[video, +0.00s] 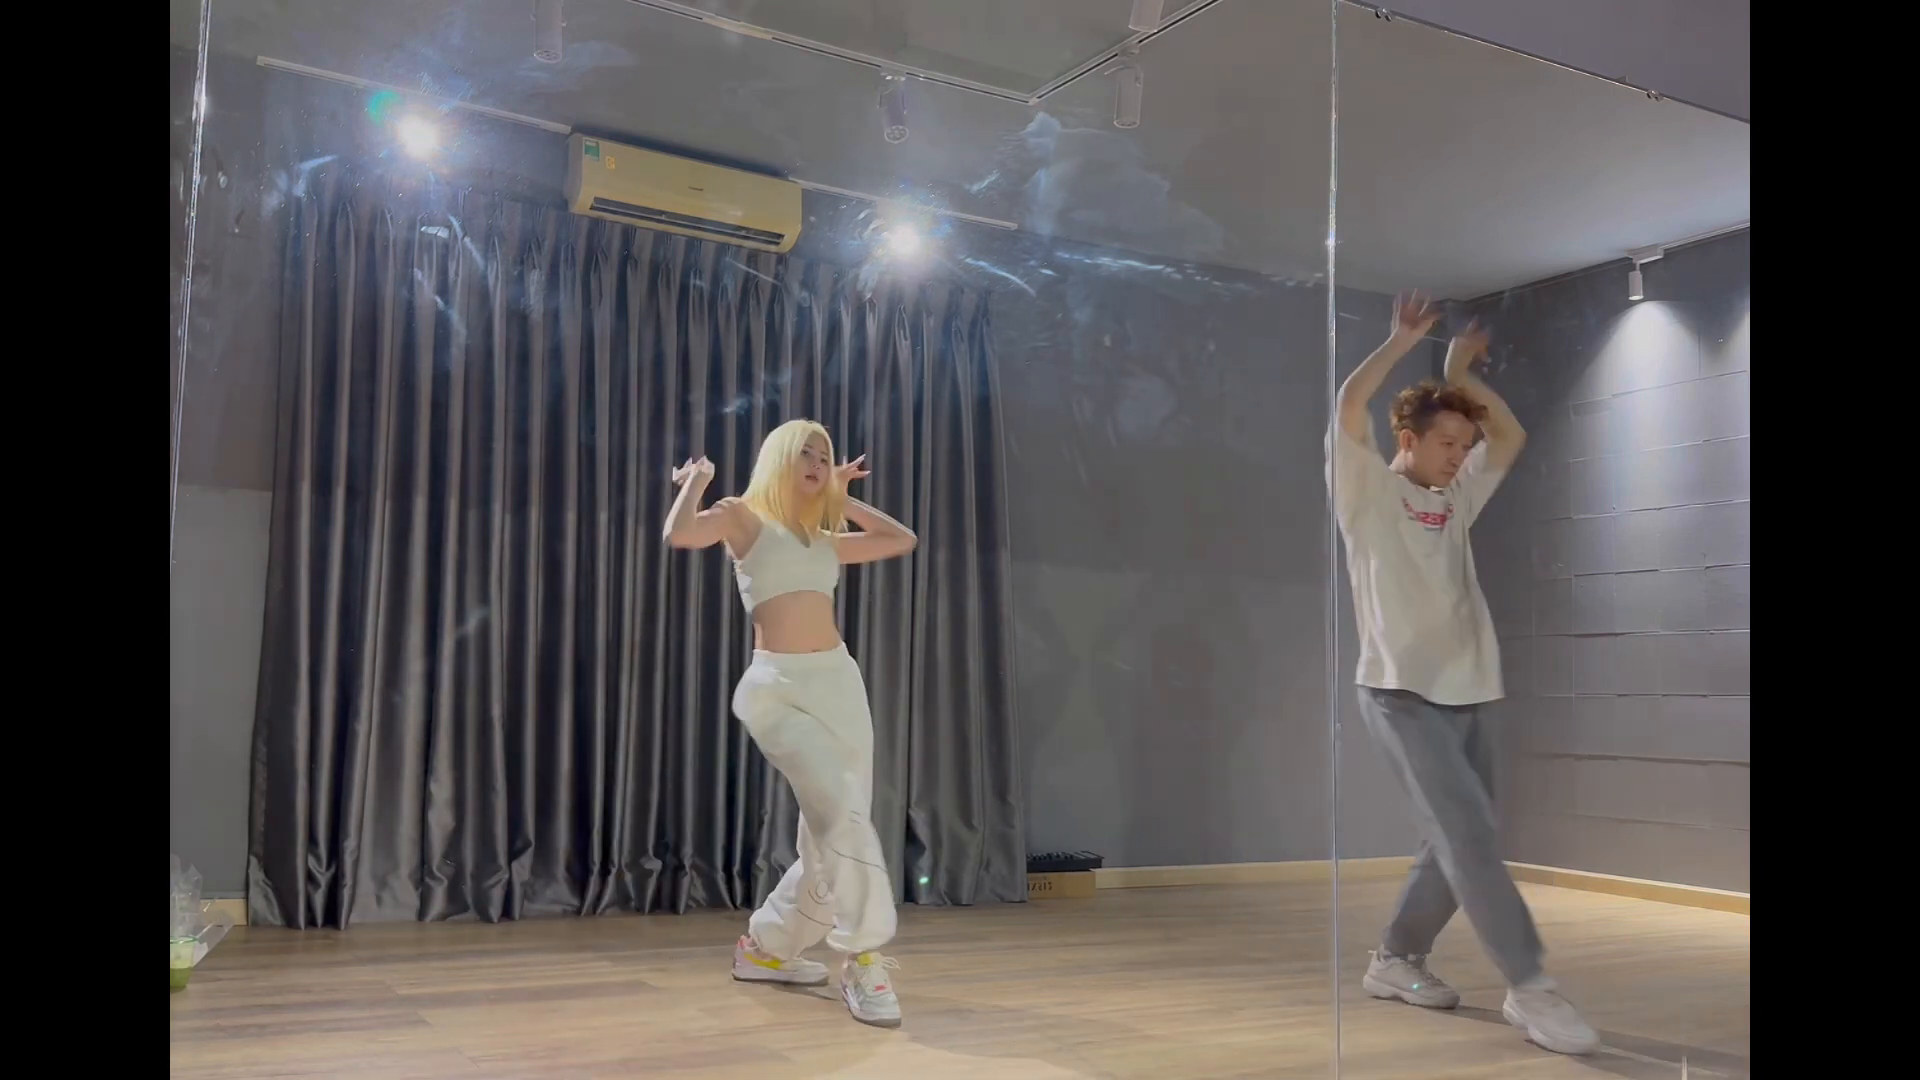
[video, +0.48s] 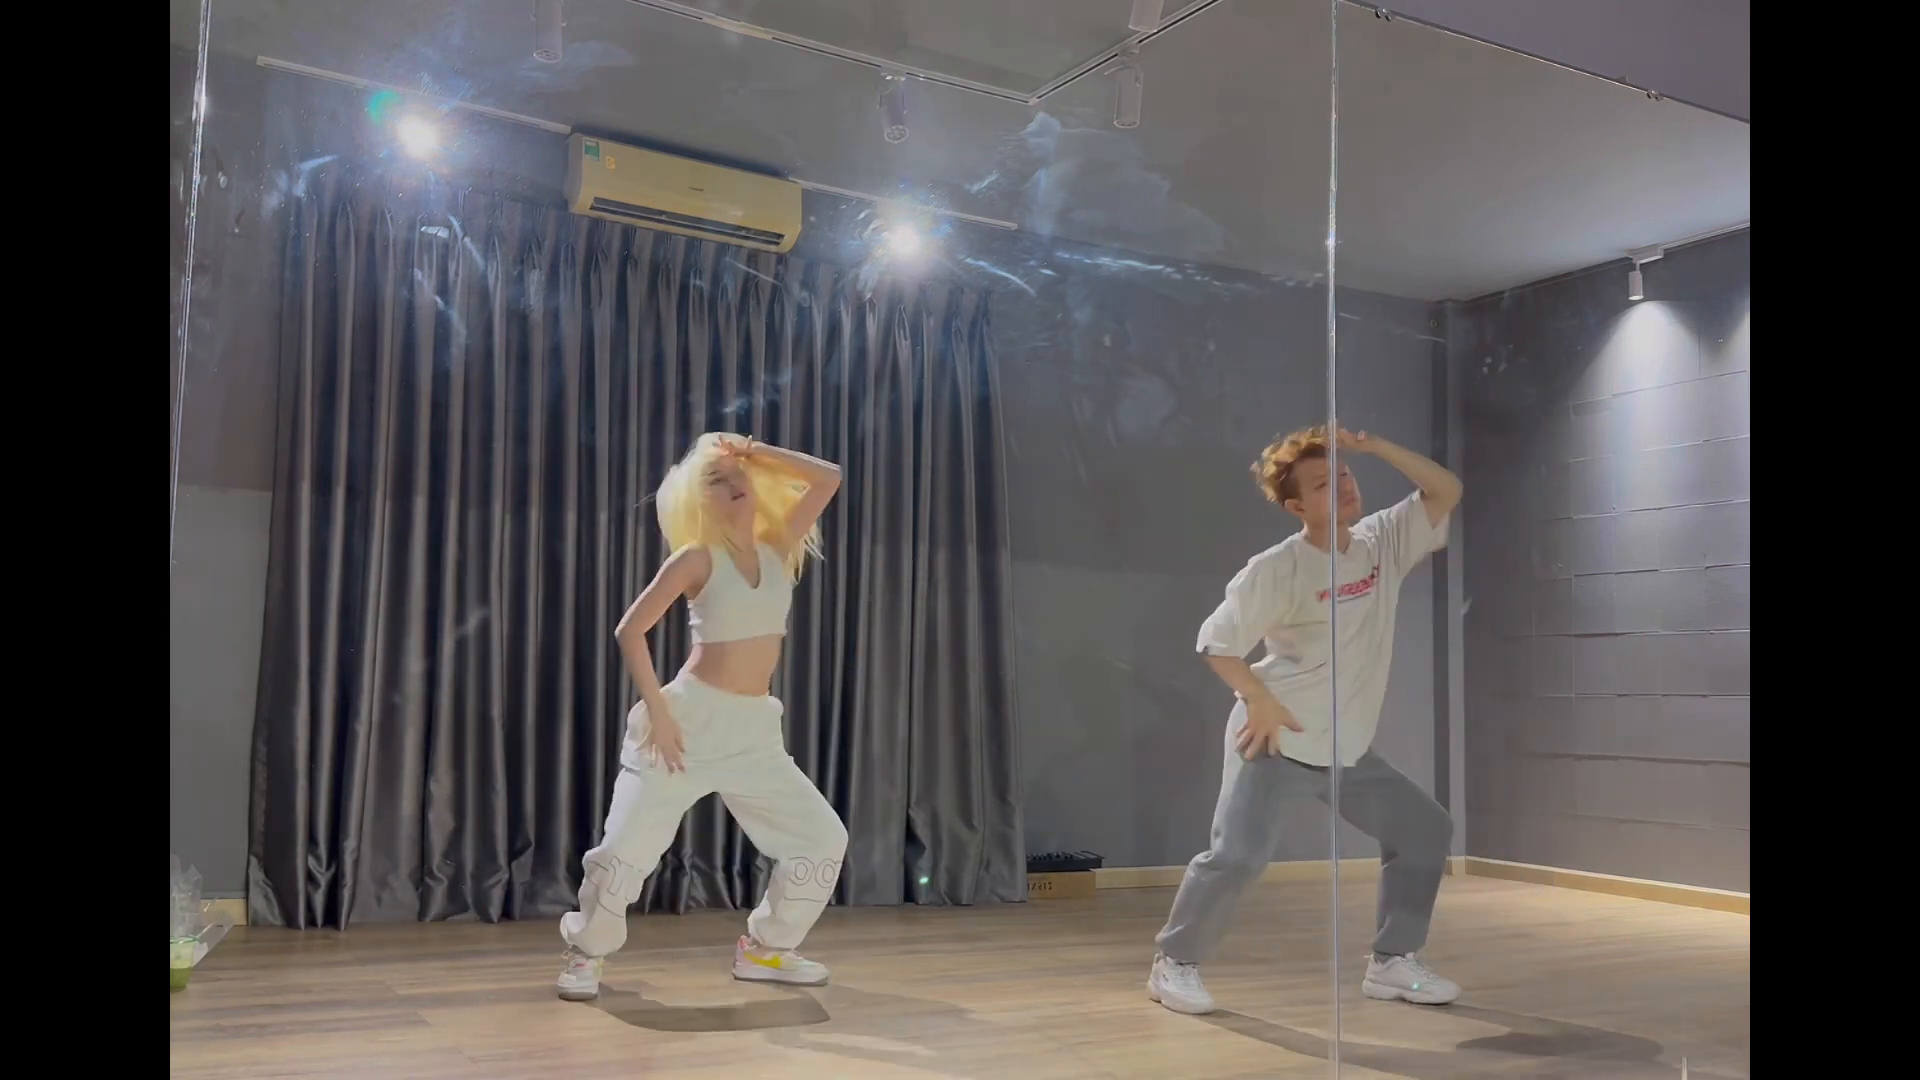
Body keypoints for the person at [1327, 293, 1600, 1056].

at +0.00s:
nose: (1459, 458)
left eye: (1466, 446)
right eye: (1449, 443)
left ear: (1466, 449)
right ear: (1409, 438)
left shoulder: (1458, 497)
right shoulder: (1367, 491)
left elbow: (1508, 438)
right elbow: (1349, 404)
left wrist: (1466, 374)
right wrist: (1400, 342)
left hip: (1469, 692)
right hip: (1402, 692)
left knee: (1465, 830)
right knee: (1468, 829)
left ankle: (1397, 961)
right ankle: (1529, 988)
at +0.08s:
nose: (1446, 453)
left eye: (1452, 443)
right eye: (1436, 439)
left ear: (1456, 449)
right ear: (1397, 436)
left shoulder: (1450, 508)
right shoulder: (1353, 500)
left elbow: (1524, 482)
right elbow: (1329, 455)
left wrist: (1468, 429)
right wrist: (1366, 400)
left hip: (1446, 697)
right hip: (1374, 695)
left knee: (1442, 827)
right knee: (1432, 806)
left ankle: (1394, 963)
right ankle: (1470, 951)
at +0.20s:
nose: (1421, 462)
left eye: (1431, 456)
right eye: (1412, 445)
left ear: (1432, 466)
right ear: (1374, 438)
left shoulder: (1425, 529)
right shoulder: (1319, 491)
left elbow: (1488, 559)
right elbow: (1321, 559)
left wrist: (1476, 494)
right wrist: (1380, 499)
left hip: (1425, 698)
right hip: (1353, 689)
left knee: (1442, 832)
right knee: (1382, 790)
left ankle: (1397, 962)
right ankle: (1330, 920)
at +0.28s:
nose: (1396, 485)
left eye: (1407, 476)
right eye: (1392, 467)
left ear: (1411, 476)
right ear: (1358, 448)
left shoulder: (1400, 527)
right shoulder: (1301, 505)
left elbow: (1436, 577)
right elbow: (1316, 599)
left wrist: (1463, 485)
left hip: (1407, 704)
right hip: (1338, 703)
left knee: (1442, 830)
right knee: (1330, 822)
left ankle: (1396, 964)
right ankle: (1238, 927)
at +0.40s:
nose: (1362, 484)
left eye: (1366, 471)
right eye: (1344, 475)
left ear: (1373, 473)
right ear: (1309, 489)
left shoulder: (1386, 536)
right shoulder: (1287, 543)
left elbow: (1448, 525)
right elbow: (1243, 630)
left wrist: (1405, 453)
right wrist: (1293, 688)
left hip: (1363, 736)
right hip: (1292, 728)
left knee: (1435, 832)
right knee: (1260, 847)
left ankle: (1393, 963)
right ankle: (1179, 960)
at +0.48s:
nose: (1345, 487)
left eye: (1346, 475)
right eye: (1327, 483)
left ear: (1356, 479)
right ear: (1297, 506)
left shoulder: (1384, 542)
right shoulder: (1278, 570)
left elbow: (1446, 491)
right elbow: (1217, 643)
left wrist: (1374, 444)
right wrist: (1259, 698)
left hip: (1345, 747)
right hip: (1274, 744)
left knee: (1424, 828)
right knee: (1238, 855)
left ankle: (1392, 963)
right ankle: (1174, 964)